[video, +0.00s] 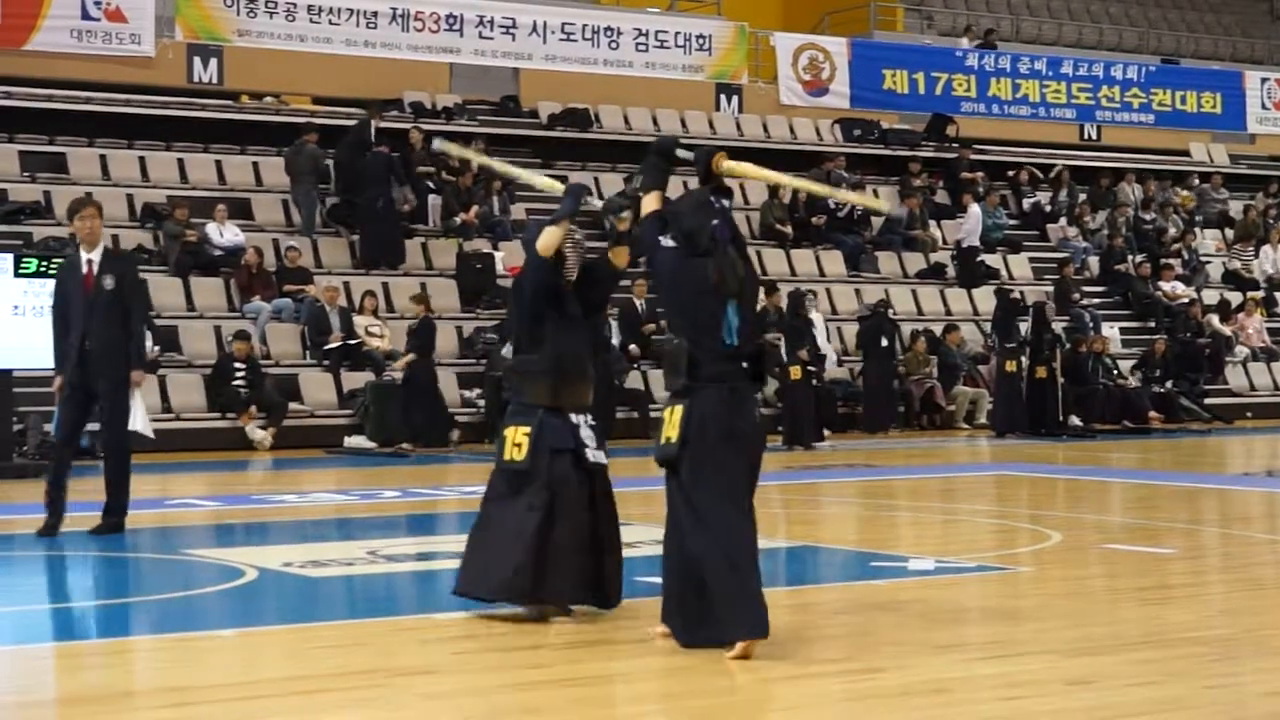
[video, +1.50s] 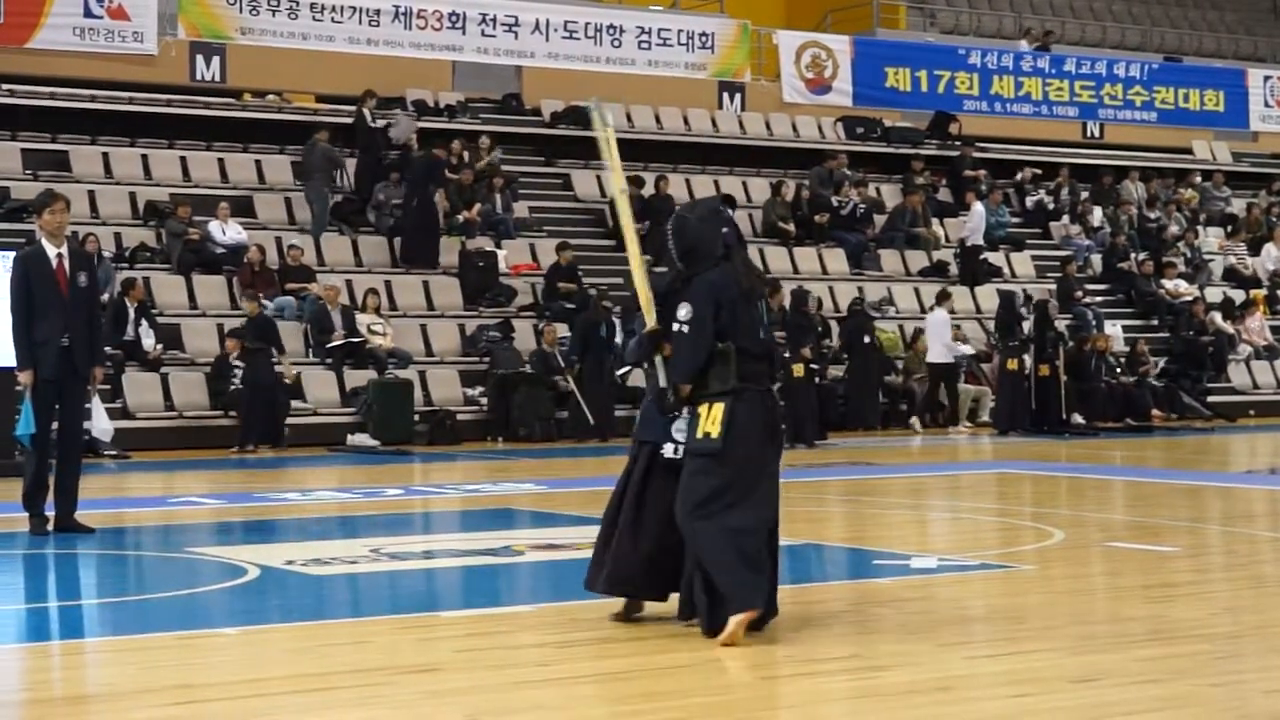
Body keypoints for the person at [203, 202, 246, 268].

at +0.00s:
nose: (222, 214)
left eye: (224, 211)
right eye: (219, 211)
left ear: (227, 213)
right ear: (214, 214)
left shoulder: (232, 226)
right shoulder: (210, 226)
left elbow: (242, 240)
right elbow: (217, 242)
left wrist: (225, 241)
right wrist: (237, 244)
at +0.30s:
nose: (223, 213)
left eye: (225, 211)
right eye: (220, 211)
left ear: (228, 213)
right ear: (215, 213)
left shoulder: (233, 226)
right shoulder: (211, 226)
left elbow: (243, 240)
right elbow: (218, 242)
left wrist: (226, 239)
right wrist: (238, 243)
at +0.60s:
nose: (224, 212)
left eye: (226, 209)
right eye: (221, 210)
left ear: (229, 212)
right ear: (216, 213)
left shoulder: (234, 225)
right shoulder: (212, 225)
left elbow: (244, 240)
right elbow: (219, 241)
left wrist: (227, 238)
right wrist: (238, 243)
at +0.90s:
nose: (225, 212)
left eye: (227, 209)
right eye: (222, 209)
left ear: (230, 212)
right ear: (217, 212)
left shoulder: (235, 225)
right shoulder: (213, 225)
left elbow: (245, 240)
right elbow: (220, 240)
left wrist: (228, 237)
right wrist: (240, 242)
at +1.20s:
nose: (225, 211)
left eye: (227, 208)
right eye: (222, 209)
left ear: (230, 211)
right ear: (217, 211)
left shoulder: (235, 224)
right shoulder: (213, 224)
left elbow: (245, 239)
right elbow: (220, 240)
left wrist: (228, 237)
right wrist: (241, 242)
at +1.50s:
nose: (225, 212)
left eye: (227, 209)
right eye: (222, 209)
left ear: (230, 211)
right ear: (217, 212)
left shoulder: (235, 225)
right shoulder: (213, 224)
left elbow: (245, 239)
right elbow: (220, 240)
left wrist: (228, 237)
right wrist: (239, 242)